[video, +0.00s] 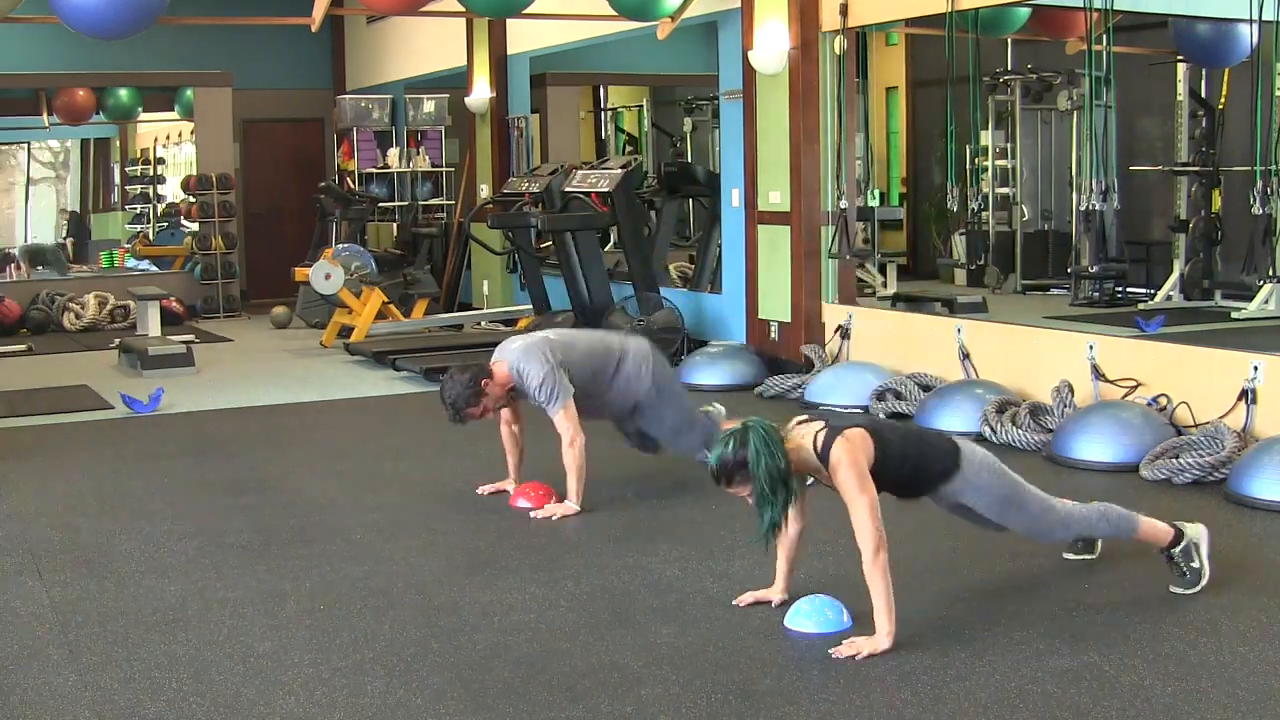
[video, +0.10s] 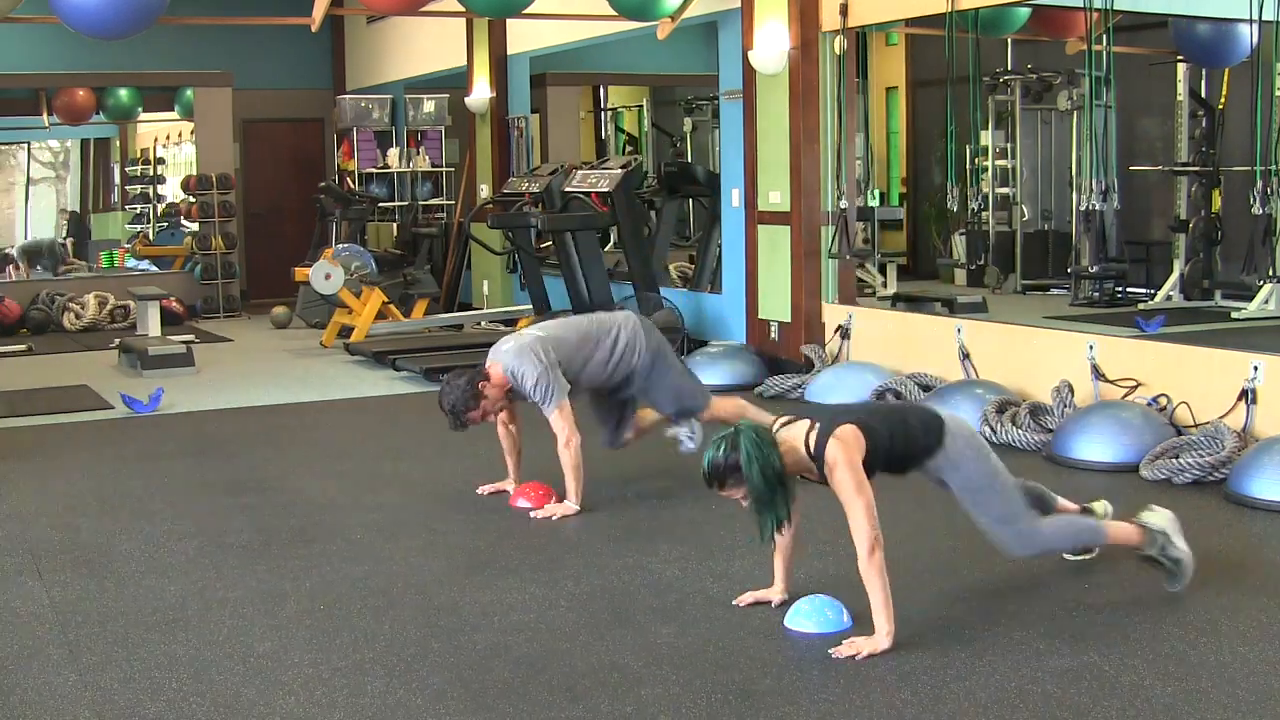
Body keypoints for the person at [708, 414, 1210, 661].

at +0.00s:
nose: (743, 500)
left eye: (742, 492)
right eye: (736, 493)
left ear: (760, 471)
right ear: (759, 454)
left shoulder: (842, 453)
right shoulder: (784, 446)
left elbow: (875, 550)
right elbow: (790, 519)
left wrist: (885, 634)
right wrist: (780, 588)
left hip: (960, 466)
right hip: (929, 475)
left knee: (1061, 519)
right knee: (1010, 514)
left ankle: (1177, 537)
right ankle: (1078, 531)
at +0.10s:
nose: (739, 502)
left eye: (737, 494)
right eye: (731, 496)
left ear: (754, 472)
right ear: (750, 456)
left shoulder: (835, 450)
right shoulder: (775, 443)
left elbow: (870, 546)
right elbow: (783, 519)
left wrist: (883, 632)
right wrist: (779, 588)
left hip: (948, 440)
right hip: (924, 441)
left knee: (1021, 538)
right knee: (1005, 495)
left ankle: (1148, 532)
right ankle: (1080, 514)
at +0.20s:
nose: (741, 502)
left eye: (738, 494)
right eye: (733, 498)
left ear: (755, 472)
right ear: (749, 456)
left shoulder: (835, 446)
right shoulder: (774, 441)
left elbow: (870, 543)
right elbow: (780, 517)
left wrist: (883, 633)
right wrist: (778, 585)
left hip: (938, 420)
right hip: (913, 400)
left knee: (962, 554)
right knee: (989, 478)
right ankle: (1069, 520)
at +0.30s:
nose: (739, 506)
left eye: (737, 498)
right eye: (731, 501)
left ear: (754, 477)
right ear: (746, 460)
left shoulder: (838, 447)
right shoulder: (771, 441)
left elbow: (872, 545)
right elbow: (781, 518)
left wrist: (884, 634)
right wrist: (780, 587)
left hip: (929, 429)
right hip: (915, 408)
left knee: (902, 559)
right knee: (982, 481)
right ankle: (1067, 516)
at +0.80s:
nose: (735, 508)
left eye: (733, 500)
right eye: (726, 503)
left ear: (749, 478)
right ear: (735, 461)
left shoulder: (826, 452)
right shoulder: (759, 442)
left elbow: (862, 549)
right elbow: (772, 517)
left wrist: (883, 633)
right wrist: (778, 584)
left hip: (927, 436)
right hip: (903, 423)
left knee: (958, 565)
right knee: (988, 487)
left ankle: (1076, 514)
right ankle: (1067, 521)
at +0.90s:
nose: (738, 505)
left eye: (736, 497)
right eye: (730, 500)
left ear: (749, 475)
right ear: (740, 460)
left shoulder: (827, 450)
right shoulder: (764, 442)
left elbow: (864, 546)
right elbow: (774, 516)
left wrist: (881, 633)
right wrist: (778, 586)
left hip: (934, 438)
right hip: (911, 428)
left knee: (1010, 536)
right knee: (995, 490)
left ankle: (1137, 507)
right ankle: (1071, 522)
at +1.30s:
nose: (739, 507)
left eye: (735, 499)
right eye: (729, 502)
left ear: (748, 477)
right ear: (748, 461)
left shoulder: (827, 455)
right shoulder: (776, 451)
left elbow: (864, 551)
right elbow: (786, 521)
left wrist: (882, 634)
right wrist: (780, 588)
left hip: (959, 444)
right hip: (925, 458)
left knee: (1050, 504)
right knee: (968, 530)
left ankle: (1165, 538)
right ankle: (1057, 521)